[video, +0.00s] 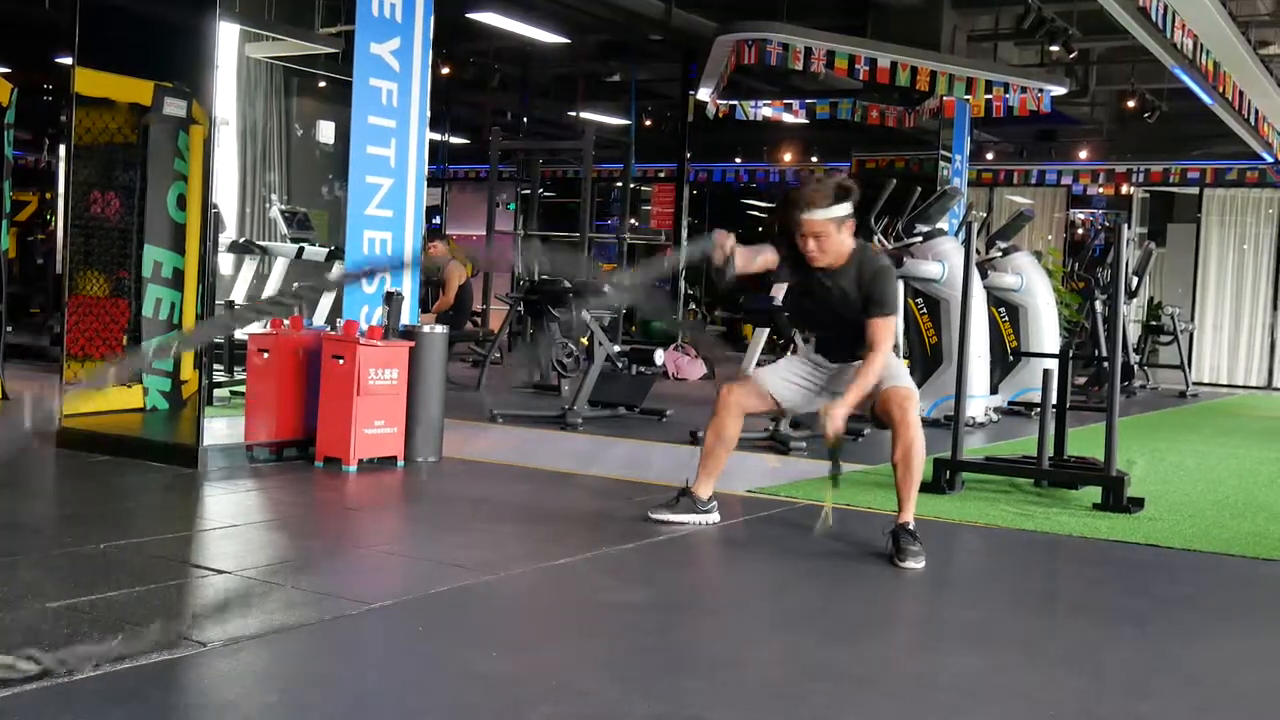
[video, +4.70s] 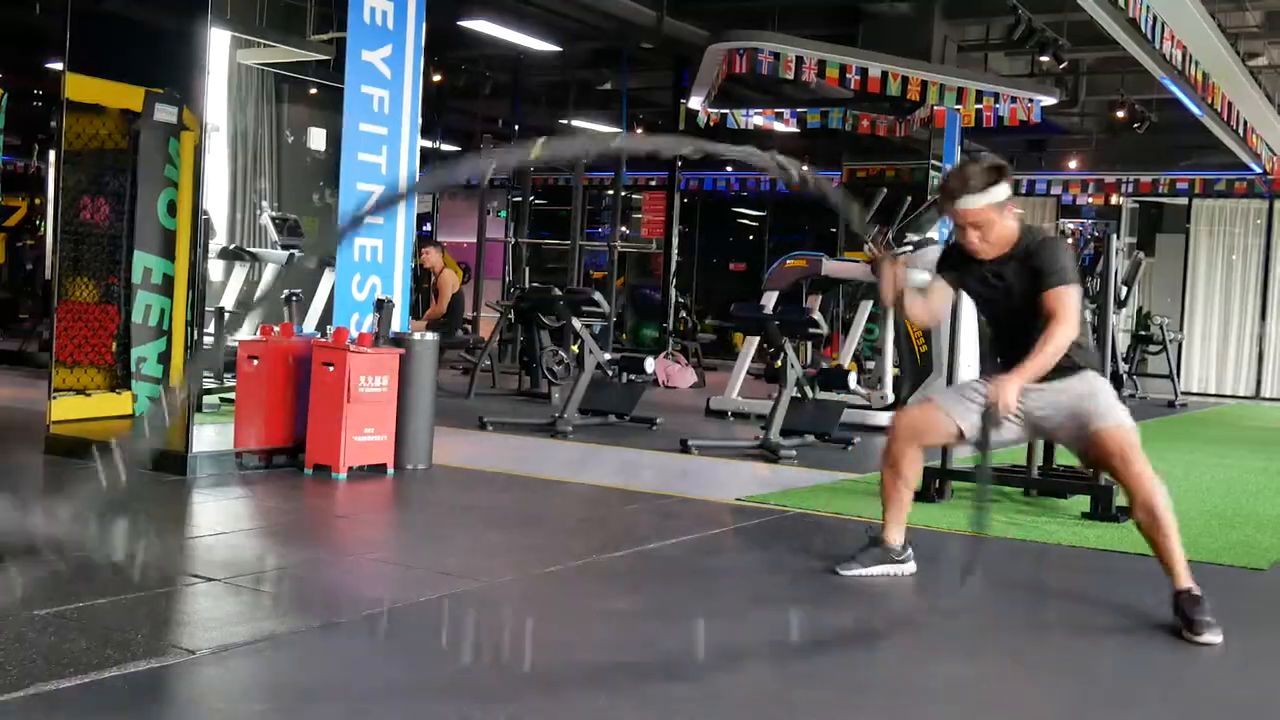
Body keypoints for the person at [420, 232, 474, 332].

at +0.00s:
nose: (431, 251)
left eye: (435, 247)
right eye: (429, 248)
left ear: (446, 247)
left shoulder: (453, 267)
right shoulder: (447, 267)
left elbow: (448, 300)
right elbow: (442, 297)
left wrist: (433, 313)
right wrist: (432, 314)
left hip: (455, 321)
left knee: (414, 319)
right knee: (414, 317)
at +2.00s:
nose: (436, 255)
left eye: (440, 251)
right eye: (433, 252)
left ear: (451, 250)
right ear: (430, 255)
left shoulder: (457, 272)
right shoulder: (445, 273)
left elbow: (452, 306)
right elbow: (444, 303)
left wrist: (435, 317)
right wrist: (435, 317)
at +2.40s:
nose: (428, 254)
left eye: (432, 250)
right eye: (425, 251)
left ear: (441, 250)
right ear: (423, 254)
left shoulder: (450, 271)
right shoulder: (437, 271)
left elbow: (445, 303)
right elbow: (437, 300)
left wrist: (427, 317)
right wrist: (426, 317)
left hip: (452, 321)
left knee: (410, 321)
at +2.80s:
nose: (419, 255)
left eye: (423, 250)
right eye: (416, 251)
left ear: (433, 250)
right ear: (413, 255)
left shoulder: (440, 271)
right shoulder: (429, 273)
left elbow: (436, 304)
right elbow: (429, 301)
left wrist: (418, 317)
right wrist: (418, 318)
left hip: (443, 322)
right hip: (436, 318)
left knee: (402, 321)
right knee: (401, 320)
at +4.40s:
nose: (424, 256)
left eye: (428, 252)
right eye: (423, 254)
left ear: (441, 254)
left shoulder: (447, 275)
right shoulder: (436, 277)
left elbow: (443, 308)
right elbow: (434, 306)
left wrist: (424, 321)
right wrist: (424, 322)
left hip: (448, 327)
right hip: (441, 324)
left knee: (407, 326)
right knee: (406, 324)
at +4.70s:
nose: (423, 257)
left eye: (427, 253)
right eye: (422, 254)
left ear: (439, 255)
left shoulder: (446, 275)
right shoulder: (435, 278)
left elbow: (441, 309)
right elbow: (433, 306)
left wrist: (422, 322)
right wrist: (421, 322)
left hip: (450, 327)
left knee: (408, 325)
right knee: (407, 323)